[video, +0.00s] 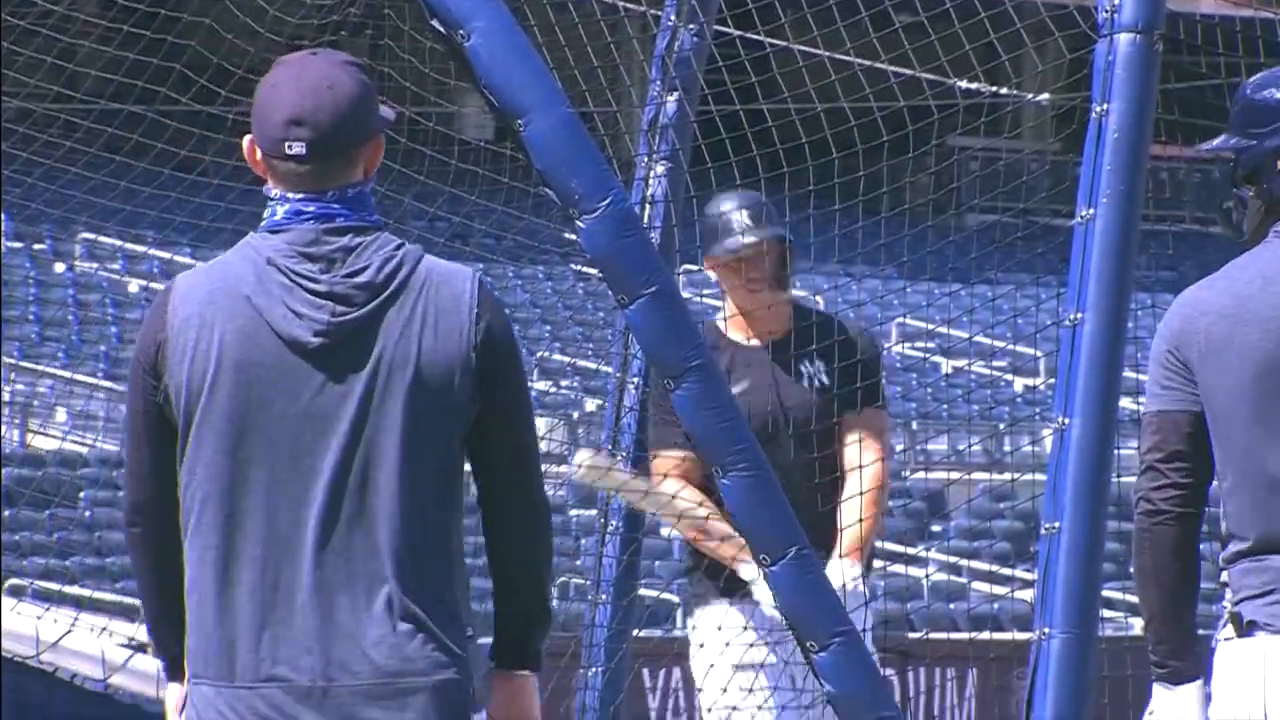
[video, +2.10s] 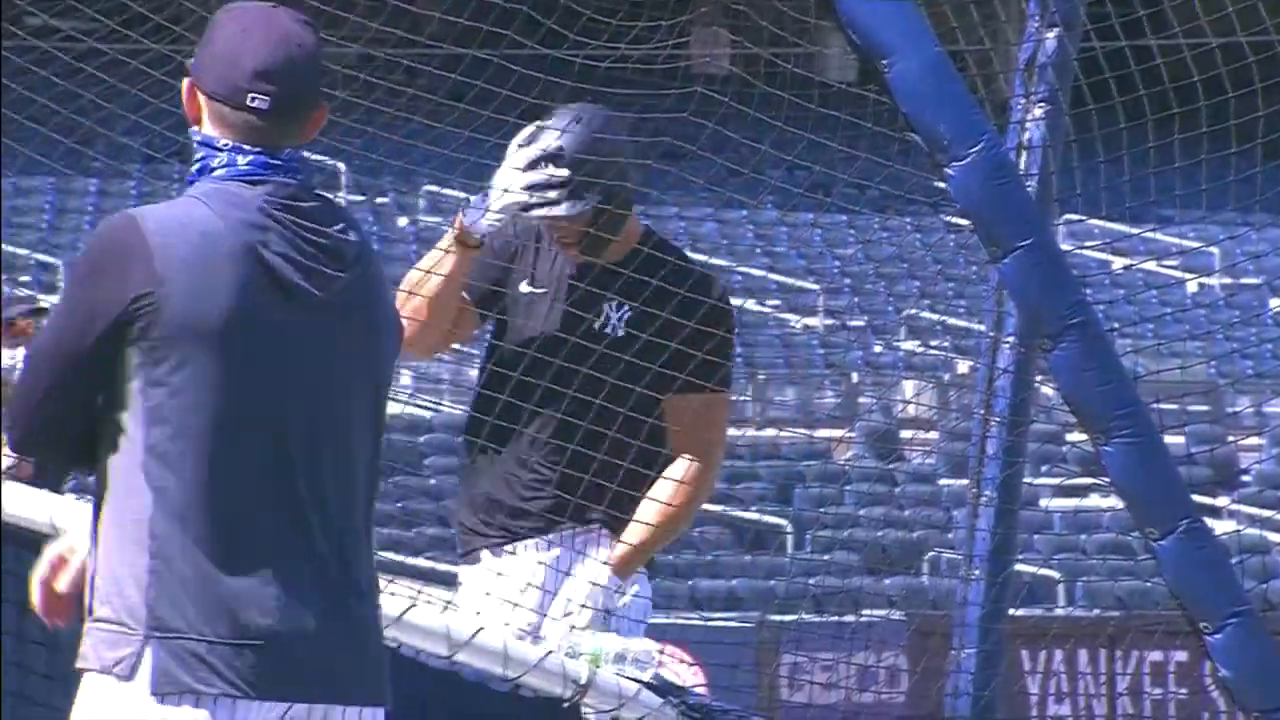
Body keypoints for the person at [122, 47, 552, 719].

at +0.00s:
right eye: (381, 138)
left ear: (253, 158)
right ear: (375, 156)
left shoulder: (183, 310)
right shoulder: (462, 303)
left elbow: (148, 513)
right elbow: (517, 505)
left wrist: (177, 670)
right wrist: (518, 665)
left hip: (236, 694)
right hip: (416, 693)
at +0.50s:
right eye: (286, 115)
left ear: (158, 145)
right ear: (280, 135)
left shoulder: (100, 295)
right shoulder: (371, 283)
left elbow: (69, 503)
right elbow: (430, 479)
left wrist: (99, 650)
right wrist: (428, 629)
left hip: (159, 683)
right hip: (339, 680)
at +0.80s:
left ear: (235, 135)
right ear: (358, 126)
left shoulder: (177, 286)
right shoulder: (450, 276)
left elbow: (123, 489)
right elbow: (492, 467)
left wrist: (129, 646)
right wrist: (459, 595)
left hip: (243, 673)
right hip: (419, 674)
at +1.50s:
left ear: (216, 116)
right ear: (341, 132)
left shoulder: (192, 268)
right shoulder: (408, 282)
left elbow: (139, 485)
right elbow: (420, 484)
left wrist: (114, 663)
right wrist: (378, 619)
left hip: (243, 670)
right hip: (384, 669)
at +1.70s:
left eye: (172, 92)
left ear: (178, 106)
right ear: (304, 128)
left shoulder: (150, 250)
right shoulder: (354, 280)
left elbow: (75, 459)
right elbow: (338, 477)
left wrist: (56, 631)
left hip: (177, 675)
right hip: (327, 677)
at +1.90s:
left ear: (199, 100)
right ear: (322, 126)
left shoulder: (169, 238)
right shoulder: (364, 273)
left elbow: (56, 438)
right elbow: (334, 465)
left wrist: (80, 548)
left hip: (170, 667)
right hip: (327, 671)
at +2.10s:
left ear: (191, 99)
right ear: (316, 122)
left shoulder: (143, 243)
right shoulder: (365, 270)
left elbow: (35, 426)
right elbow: (292, 456)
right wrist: (108, 532)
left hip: (163, 677)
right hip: (337, 686)